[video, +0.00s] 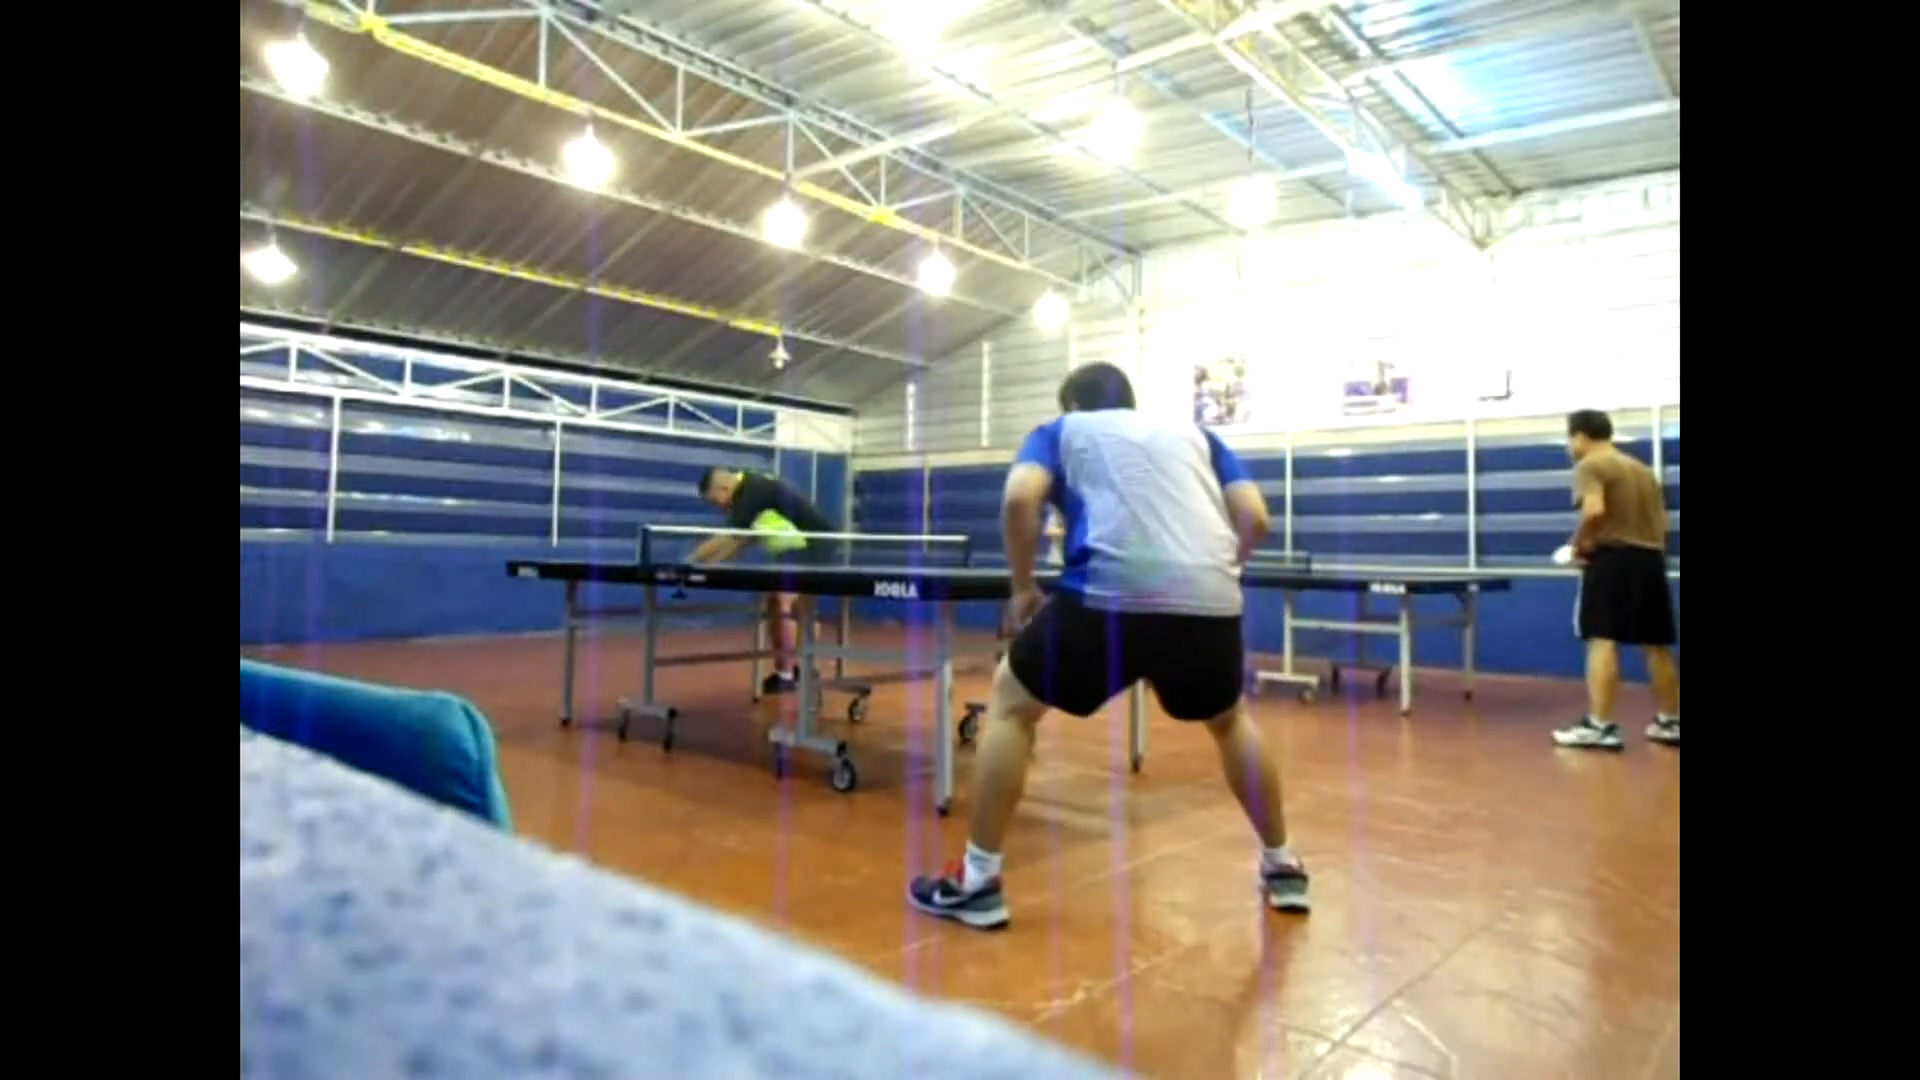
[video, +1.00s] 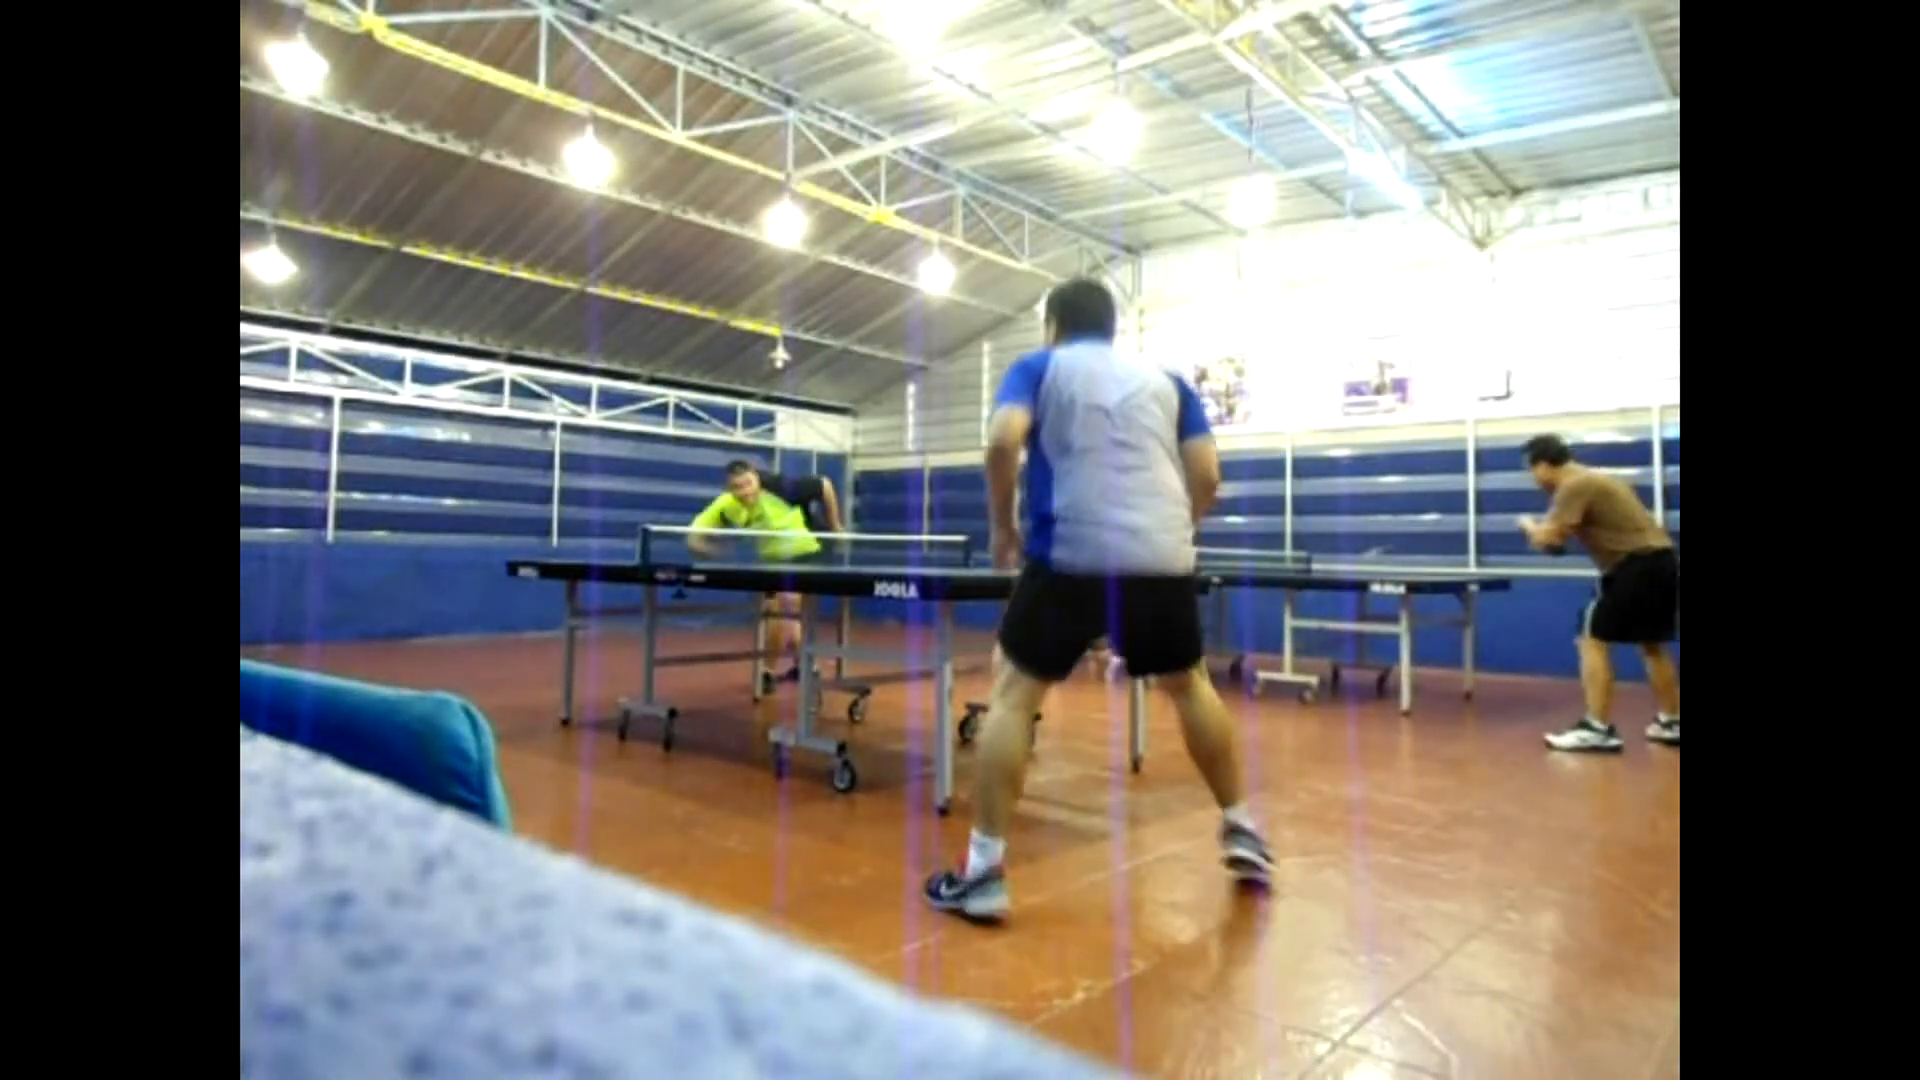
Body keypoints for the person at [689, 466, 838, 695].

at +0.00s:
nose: (719, 506)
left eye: (716, 500)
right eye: (714, 502)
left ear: (725, 486)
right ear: (725, 485)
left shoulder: (751, 492)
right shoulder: (751, 488)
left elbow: (728, 536)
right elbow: (739, 540)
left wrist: (690, 560)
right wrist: (710, 564)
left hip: (810, 547)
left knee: (782, 603)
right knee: (779, 604)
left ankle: (785, 672)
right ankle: (788, 669)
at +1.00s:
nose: (744, 491)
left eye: (748, 484)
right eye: (738, 487)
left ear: (757, 480)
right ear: (730, 488)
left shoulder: (780, 489)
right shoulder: (727, 503)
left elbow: (823, 485)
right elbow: (696, 534)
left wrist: (835, 525)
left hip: (803, 555)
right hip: (771, 560)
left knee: (783, 608)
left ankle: (768, 671)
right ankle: (803, 663)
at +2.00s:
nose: (689, 433)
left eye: (693, 427)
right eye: (683, 426)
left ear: (698, 430)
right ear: (669, 427)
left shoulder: (709, 460)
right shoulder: (645, 455)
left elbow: (719, 492)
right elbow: (627, 493)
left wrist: (710, 512)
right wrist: (654, 497)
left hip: (697, 539)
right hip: (655, 539)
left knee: (716, 598)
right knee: (633, 598)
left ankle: (719, 663)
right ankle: (618, 664)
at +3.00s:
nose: (658, 441)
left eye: (663, 436)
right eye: (652, 434)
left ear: (668, 439)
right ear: (639, 434)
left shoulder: (676, 470)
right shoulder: (615, 458)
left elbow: (687, 498)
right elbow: (581, 484)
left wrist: (685, 502)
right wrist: (608, 502)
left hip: (657, 545)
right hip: (614, 542)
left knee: (669, 600)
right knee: (591, 599)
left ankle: (664, 662)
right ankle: (560, 663)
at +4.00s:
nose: (626, 447)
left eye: (630, 442)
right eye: (620, 441)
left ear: (635, 447)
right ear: (607, 443)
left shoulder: (637, 478)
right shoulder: (585, 467)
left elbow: (638, 507)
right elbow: (562, 496)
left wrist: (649, 523)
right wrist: (600, 512)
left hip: (625, 558)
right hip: (585, 556)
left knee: (655, 598)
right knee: (559, 607)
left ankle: (663, 660)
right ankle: (534, 665)